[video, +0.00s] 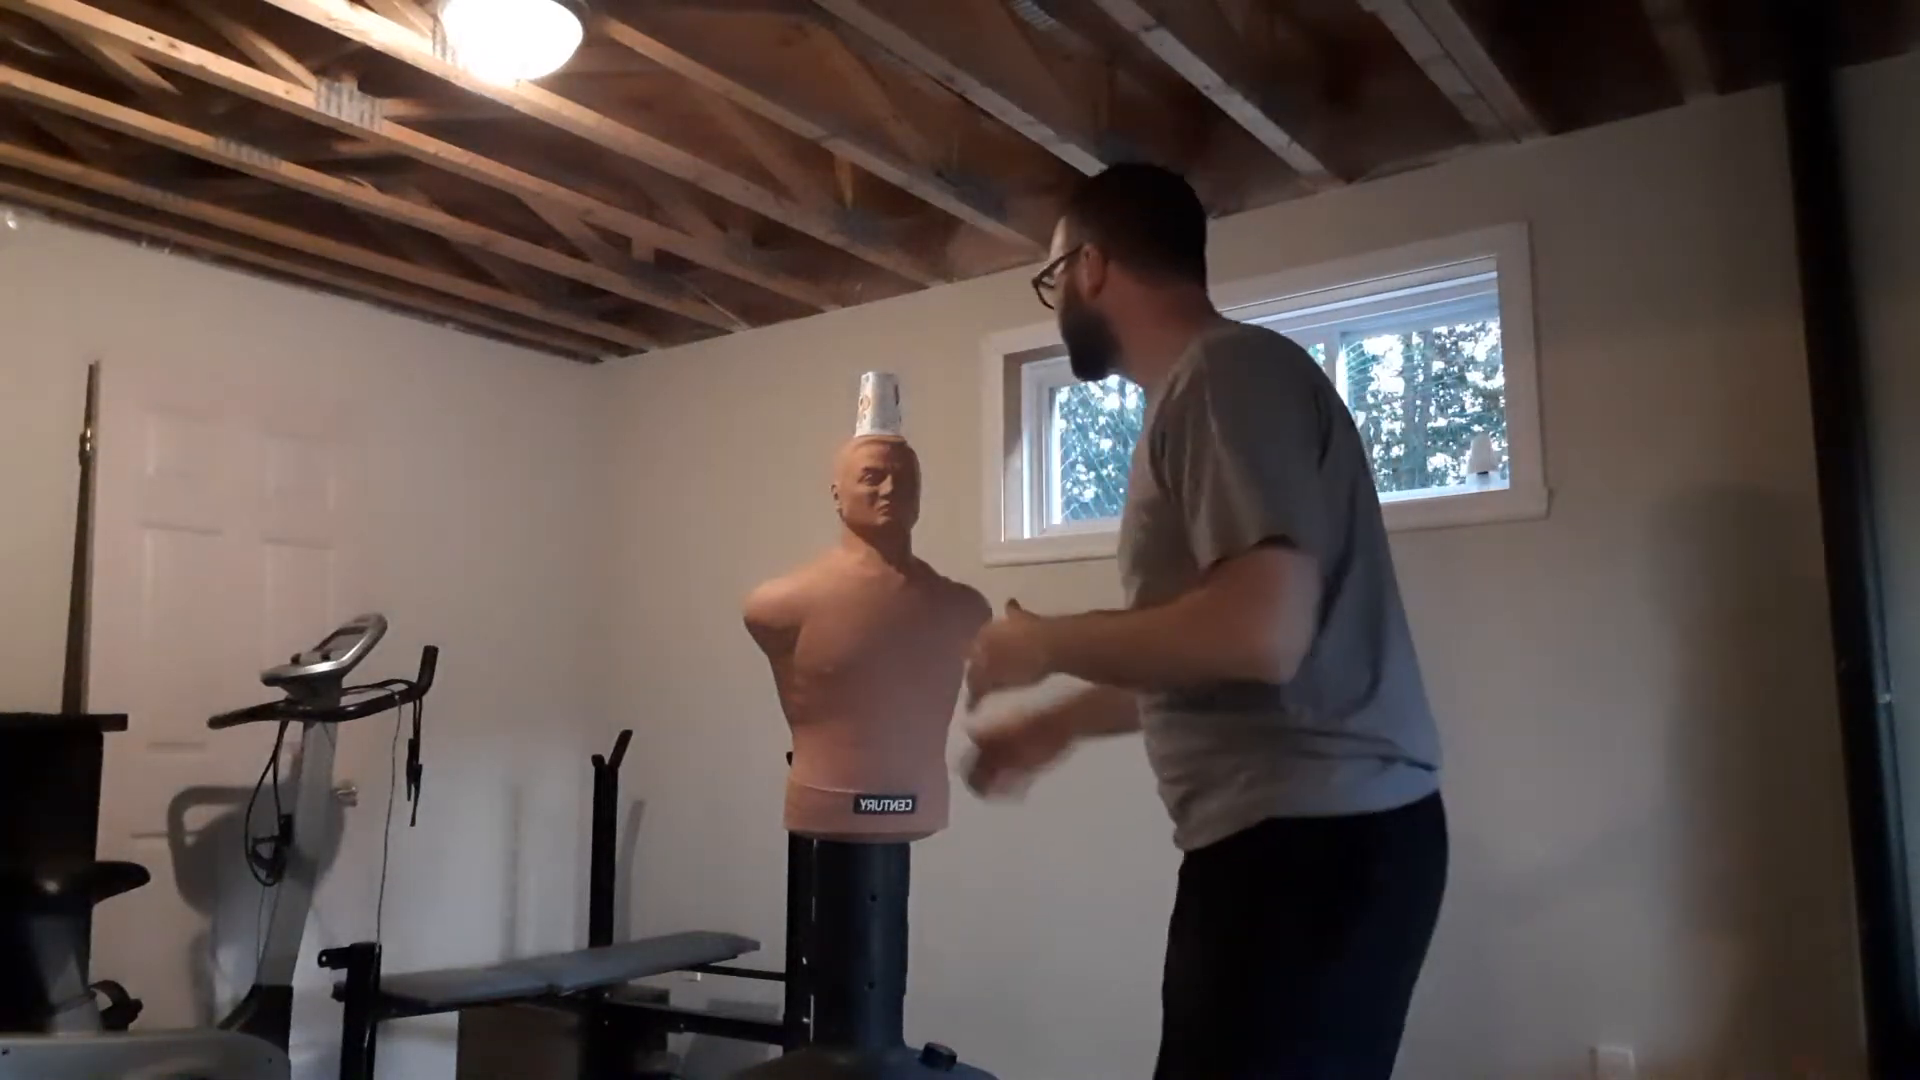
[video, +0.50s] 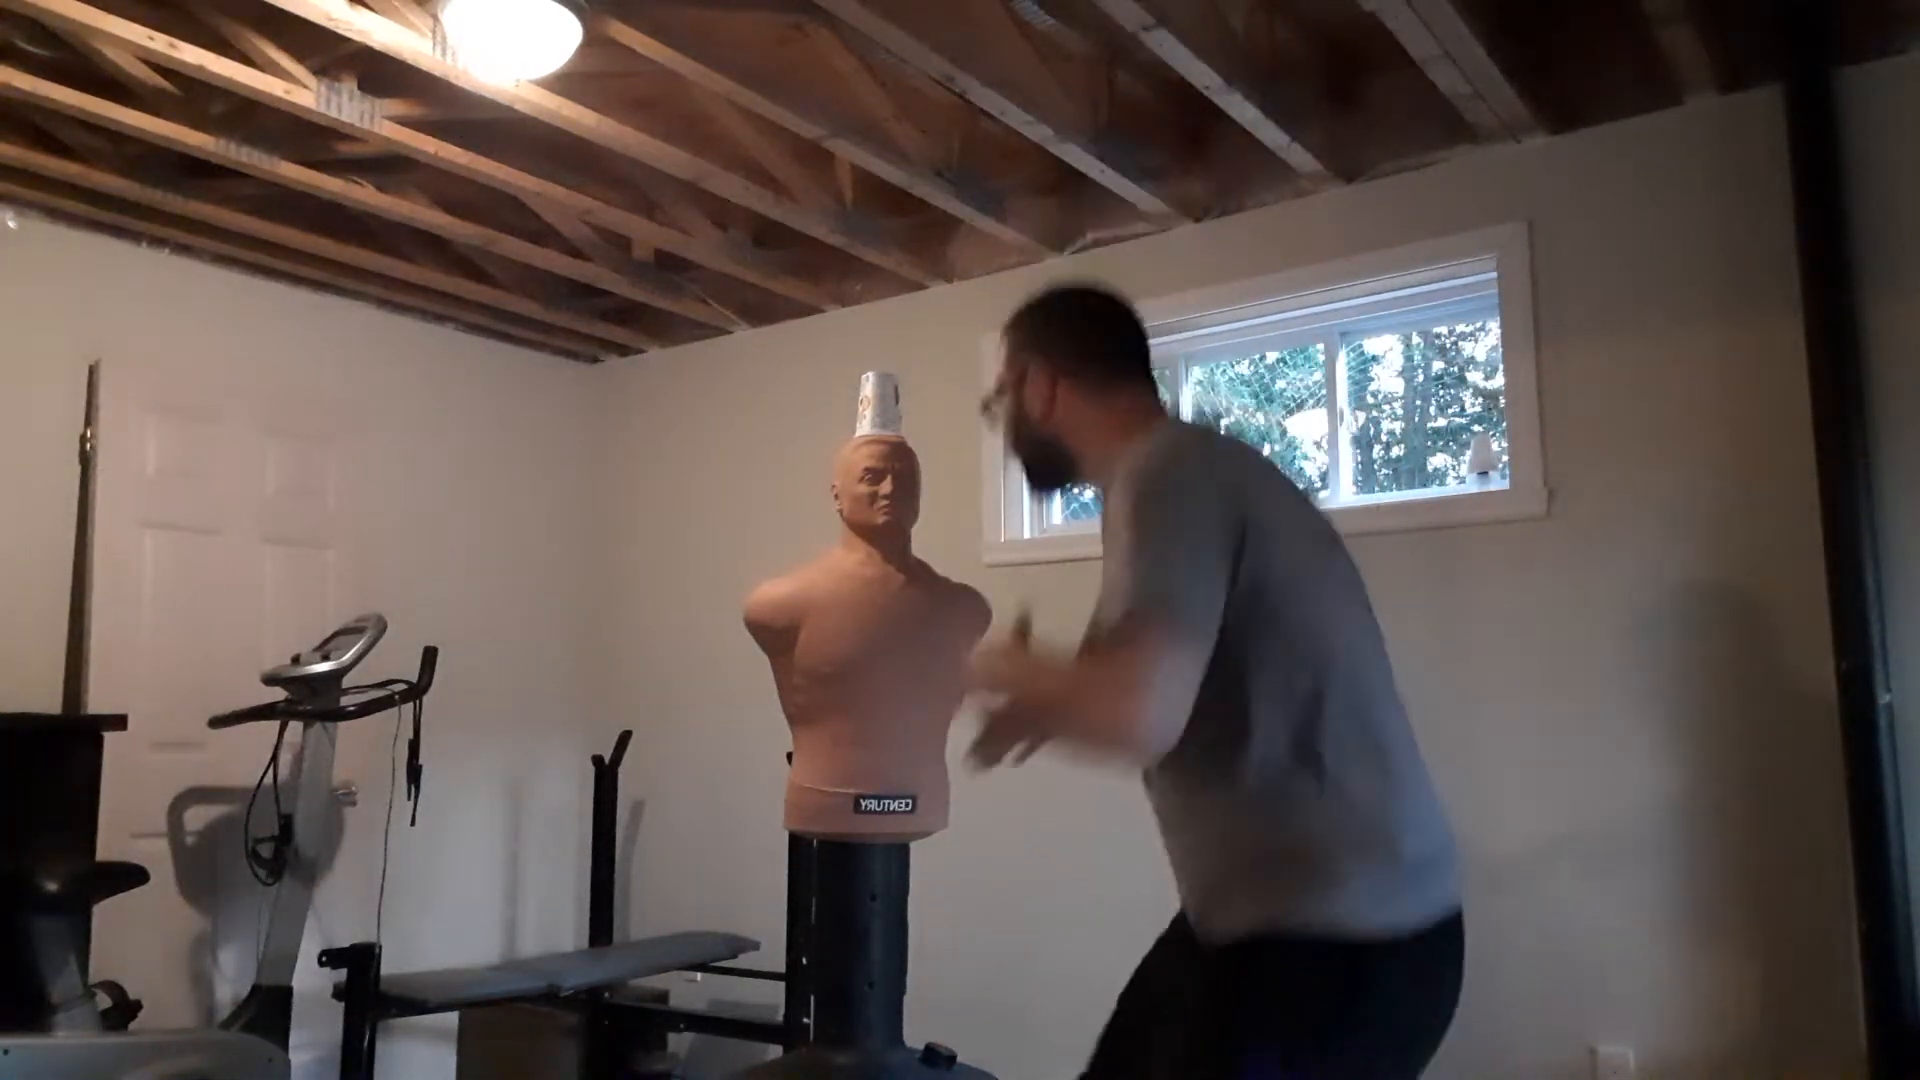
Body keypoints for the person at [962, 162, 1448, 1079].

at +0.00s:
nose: (1055, 300)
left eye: (1056, 272)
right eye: (1052, 278)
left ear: (1095, 265)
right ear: (1177, 260)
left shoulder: (1236, 371)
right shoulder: (1195, 400)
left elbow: (1263, 628)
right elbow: (1205, 659)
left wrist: (1052, 639)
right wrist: (1060, 723)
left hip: (1314, 841)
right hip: (1276, 841)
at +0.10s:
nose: (1060, 301)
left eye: (1061, 273)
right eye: (1057, 280)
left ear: (1099, 263)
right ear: (1185, 258)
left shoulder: (1230, 373)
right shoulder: (1215, 387)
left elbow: (1266, 628)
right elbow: (1223, 640)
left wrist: (1056, 672)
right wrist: (1115, 764)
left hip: (1295, 863)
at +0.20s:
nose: (1059, 300)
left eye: (1058, 272)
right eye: (1054, 280)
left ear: (1095, 257)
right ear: (1184, 251)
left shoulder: (1236, 367)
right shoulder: (1206, 394)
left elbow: (1243, 629)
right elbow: (1278, 642)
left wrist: (1045, 682)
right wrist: (1159, 772)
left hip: (1295, 867)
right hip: (1261, 861)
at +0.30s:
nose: (1042, 281)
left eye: (1043, 254)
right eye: (1039, 259)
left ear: (1084, 243)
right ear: (1166, 235)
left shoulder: (1231, 346)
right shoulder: (1190, 380)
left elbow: (1238, 595)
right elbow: (1286, 620)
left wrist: (1048, 612)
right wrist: (1160, 730)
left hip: (1302, 852)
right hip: (1242, 850)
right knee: (1163, 1067)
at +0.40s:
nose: (1023, 319)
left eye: (1027, 287)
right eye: (1024, 292)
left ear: (1066, 283)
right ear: (1129, 278)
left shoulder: (1197, 374)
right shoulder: (1169, 404)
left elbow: (1194, 607)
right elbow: (1258, 626)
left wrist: (1034, 596)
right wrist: (1130, 687)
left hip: (1313, 871)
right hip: (1248, 869)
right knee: (1155, 1069)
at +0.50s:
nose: (1000, 421)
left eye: (1004, 393)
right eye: (997, 398)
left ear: (1047, 385)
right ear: (1128, 371)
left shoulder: (1176, 472)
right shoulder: (1187, 472)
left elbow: (1140, 706)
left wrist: (1027, 678)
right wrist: (1055, 704)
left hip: (1322, 942)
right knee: (1120, 1067)